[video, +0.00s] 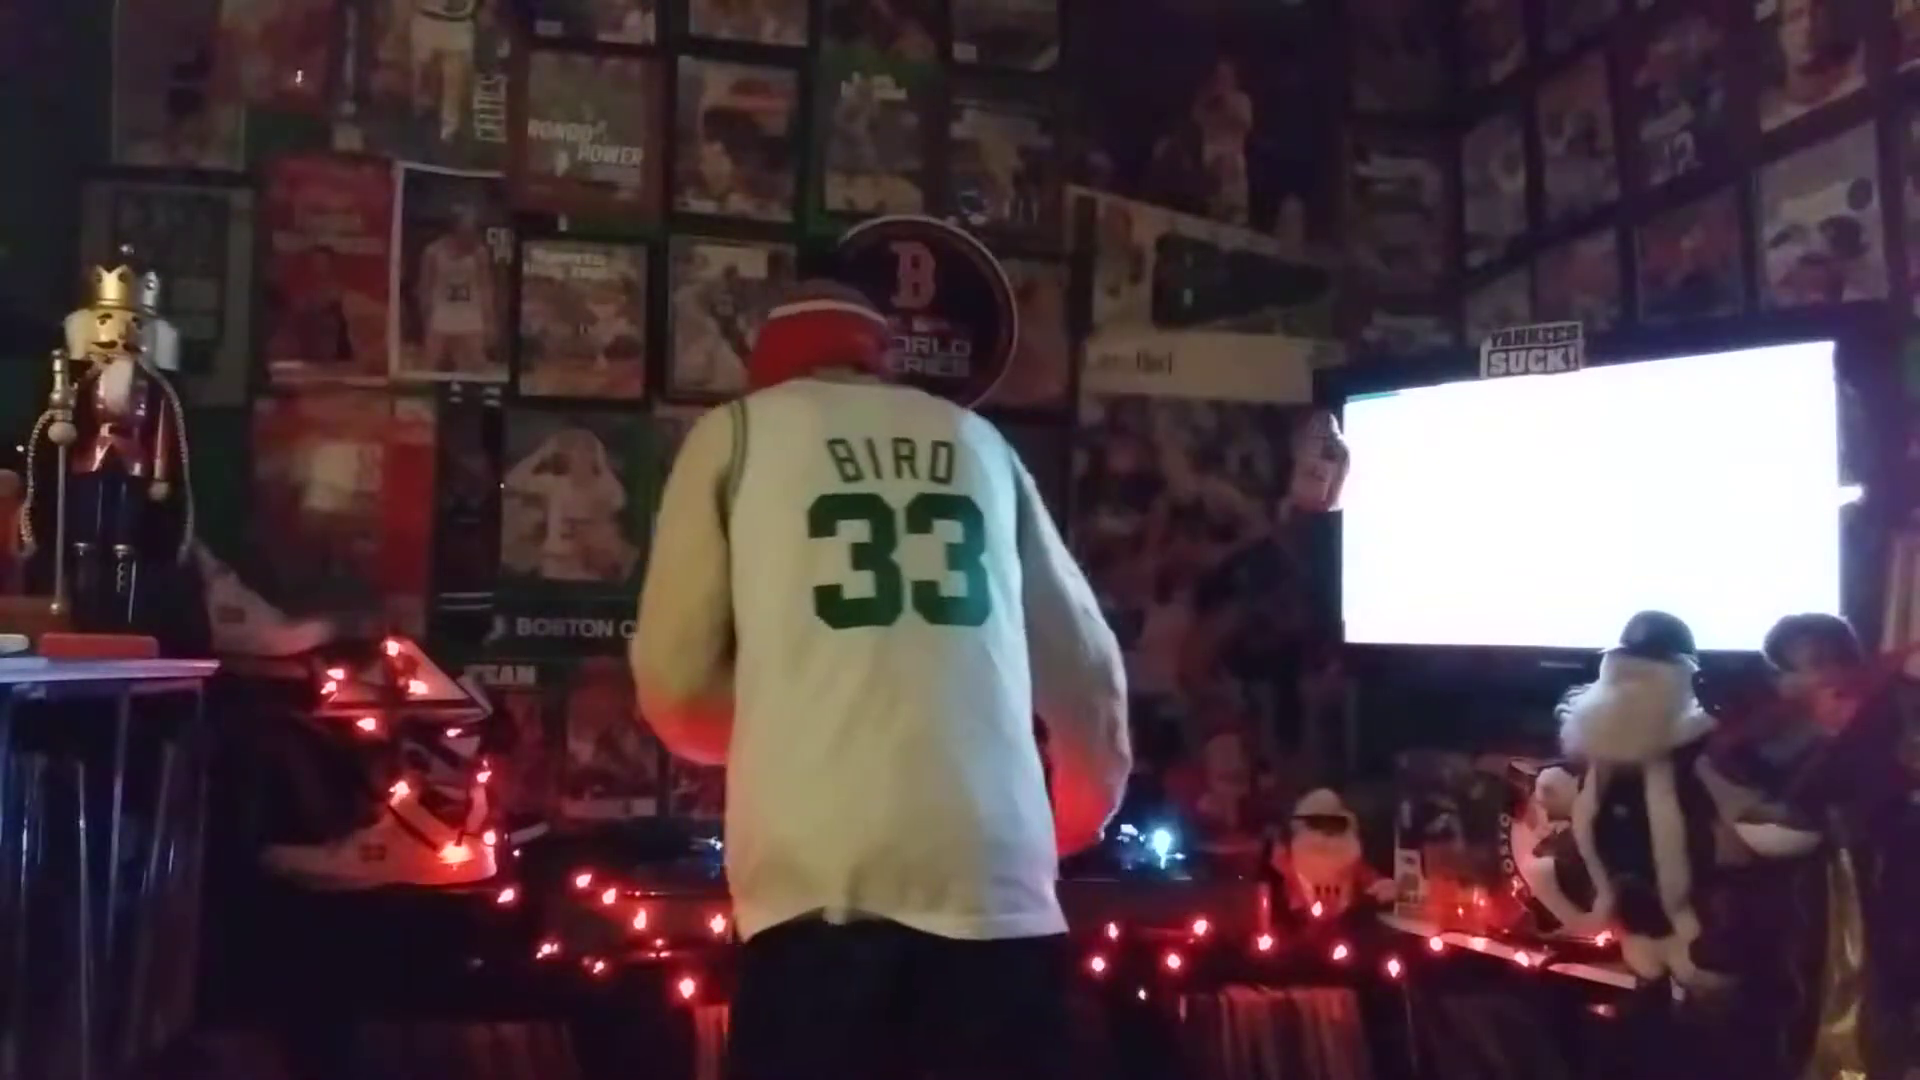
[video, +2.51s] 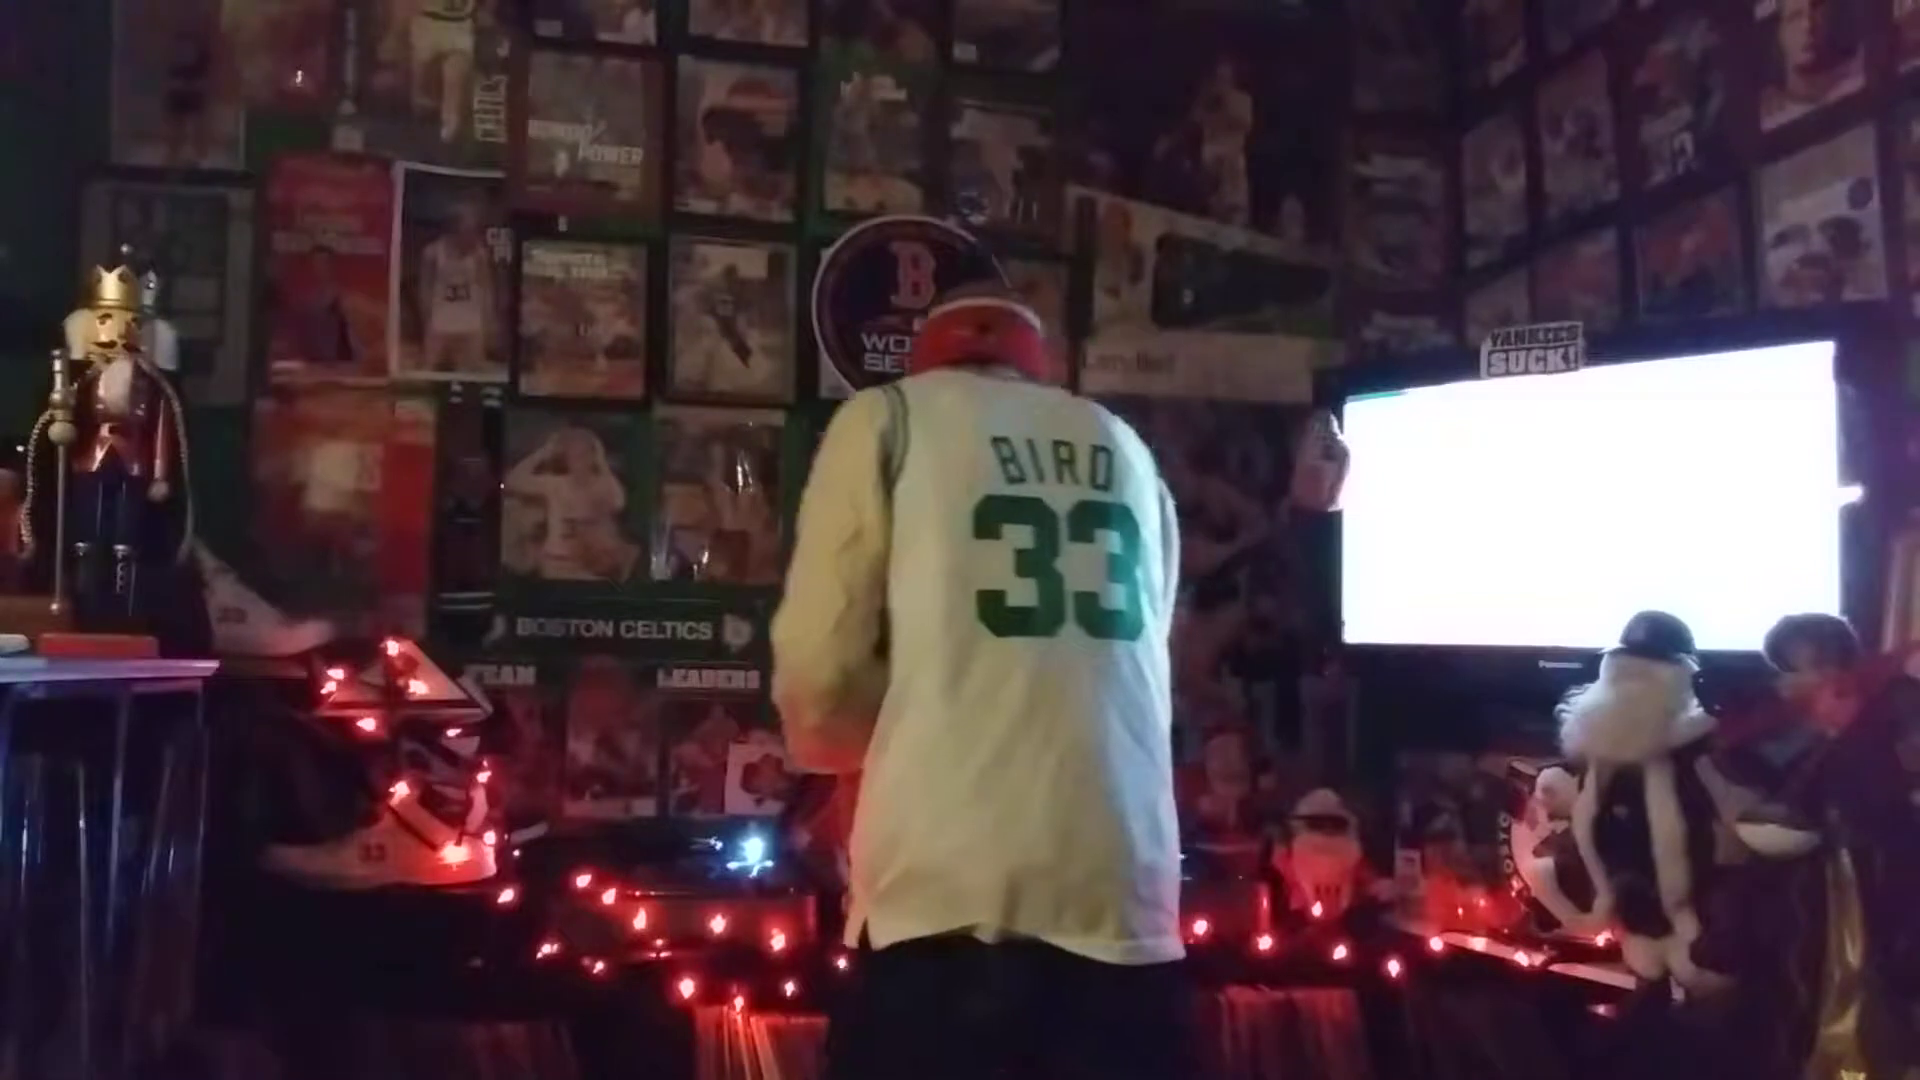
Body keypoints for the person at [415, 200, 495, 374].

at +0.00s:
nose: (467, 235)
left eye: (470, 231)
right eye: (463, 230)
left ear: (475, 230)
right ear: (454, 229)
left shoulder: (479, 252)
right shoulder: (434, 252)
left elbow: (486, 290)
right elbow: (425, 288)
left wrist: (489, 323)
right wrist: (427, 318)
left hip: (471, 326)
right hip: (440, 326)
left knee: (473, 376)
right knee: (436, 376)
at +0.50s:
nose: (466, 235)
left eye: (470, 230)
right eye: (462, 230)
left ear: (475, 230)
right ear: (453, 228)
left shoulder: (480, 253)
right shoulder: (434, 252)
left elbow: (486, 290)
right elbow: (425, 288)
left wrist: (490, 324)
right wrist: (428, 318)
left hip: (471, 326)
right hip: (440, 325)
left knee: (472, 379)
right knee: (435, 378)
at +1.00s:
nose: (466, 236)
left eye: (470, 231)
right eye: (462, 231)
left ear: (475, 231)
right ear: (453, 229)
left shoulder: (480, 253)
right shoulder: (434, 252)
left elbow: (487, 290)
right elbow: (425, 287)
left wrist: (490, 323)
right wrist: (428, 316)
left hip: (472, 327)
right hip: (440, 326)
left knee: (471, 379)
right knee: (434, 379)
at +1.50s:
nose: (467, 234)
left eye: (470, 229)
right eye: (463, 228)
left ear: (474, 229)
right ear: (453, 227)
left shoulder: (480, 252)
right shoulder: (433, 253)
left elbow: (487, 291)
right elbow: (425, 290)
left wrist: (490, 326)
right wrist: (427, 317)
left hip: (472, 328)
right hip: (440, 328)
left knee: (472, 381)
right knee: (433, 380)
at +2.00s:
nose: (465, 235)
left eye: (469, 230)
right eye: (461, 229)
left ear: (475, 229)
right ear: (452, 227)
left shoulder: (481, 252)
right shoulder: (433, 253)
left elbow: (488, 290)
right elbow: (425, 288)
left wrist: (490, 323)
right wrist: (427, 315)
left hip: (472, 328)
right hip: (440, 327)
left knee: (472, 379)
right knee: (433, 379)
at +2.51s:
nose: (469, 235)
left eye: (473, 230)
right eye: (465, 230)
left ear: (477, 230)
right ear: (455, 229)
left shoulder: (481, 254)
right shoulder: (433, 253)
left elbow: (488, 290)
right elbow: (425, 288)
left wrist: (490, 321)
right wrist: (427, 319)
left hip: (472, 329)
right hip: (440, 328)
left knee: (472, 381)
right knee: (433, 380)